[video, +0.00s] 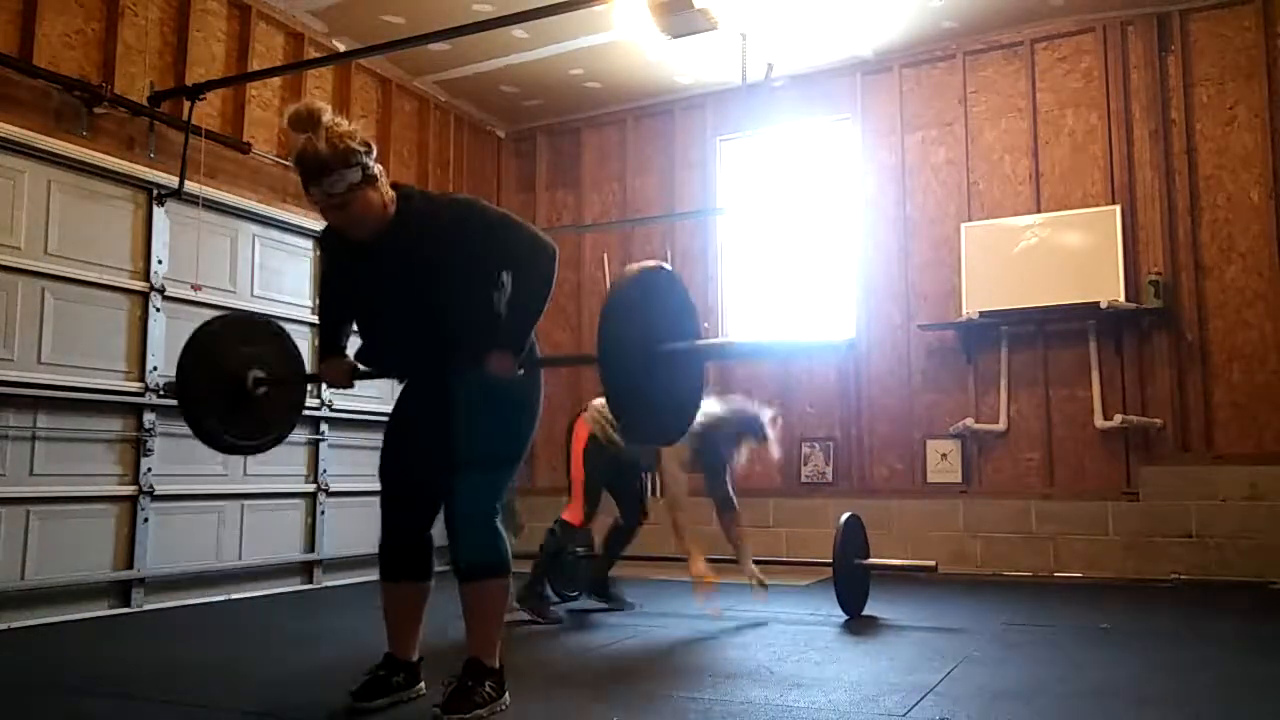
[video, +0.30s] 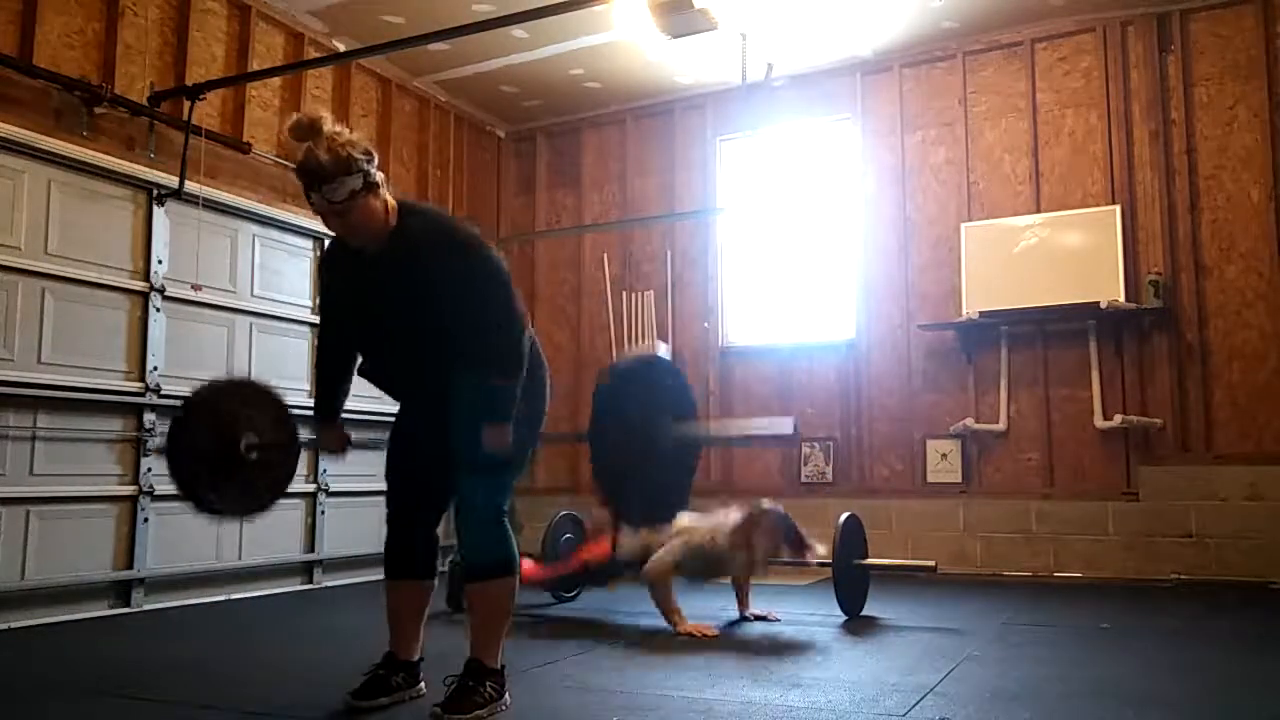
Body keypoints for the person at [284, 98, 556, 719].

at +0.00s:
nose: (335, 217)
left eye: (343, 201)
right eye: (324, 207)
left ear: (378, 182)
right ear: (317, 204)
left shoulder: (450, 219)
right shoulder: (338, 248)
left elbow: (538, 254)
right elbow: (334, 311)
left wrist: (512, 342)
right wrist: (331, 356)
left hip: (493, 377)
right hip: (423, 386)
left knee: (472, 514)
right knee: (402, 516)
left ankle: (485, 670)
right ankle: (402, 664)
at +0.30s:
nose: (335, 220)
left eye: (344, 205)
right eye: (324, 211)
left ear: (376, 190)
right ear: (316, 211)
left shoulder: (444, 240)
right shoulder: (340, 264)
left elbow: (505, 321)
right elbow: (335, 342)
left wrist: (502, 409)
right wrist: (327, 415)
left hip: (494, 387)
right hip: (427, 395)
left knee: (481, 513)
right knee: (407, 516)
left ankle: (486, 672)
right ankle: (403, 663)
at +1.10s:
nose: (363, 183)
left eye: (369, 166)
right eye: (347, 175)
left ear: (393, 146)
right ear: (330, 171)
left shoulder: (451, 194)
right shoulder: (345, 226)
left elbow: (525, 259)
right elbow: (336, 301)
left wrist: (502, 347)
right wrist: (327, 365)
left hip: (494, 371)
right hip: (425, 377)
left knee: (477, 515)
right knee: (404, 514)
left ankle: (486, 670)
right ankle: (403, 663)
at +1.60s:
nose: (325, 239)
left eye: (332, 224)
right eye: (316, 228)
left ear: (369, 205)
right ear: (313, 224)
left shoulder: (437, 253)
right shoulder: (332, 277)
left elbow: (491, 342)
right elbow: (328, 359)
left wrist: (491, 430)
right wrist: (318, 438)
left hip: (494, 393)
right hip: (422, 401)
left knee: (479, 517)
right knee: (402, 517)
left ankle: (485, 669)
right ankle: (403, 662)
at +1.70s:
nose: (326, 281)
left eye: (335, 263)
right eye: (317, 267)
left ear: (369, 246)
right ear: (311, 263)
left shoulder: (442, 293)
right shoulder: (330, 314)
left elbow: (482, 393)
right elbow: (321, 400)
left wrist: (482, 482)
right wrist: (310, 484)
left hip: (500, 409)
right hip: (422, 419)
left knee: (475, 515)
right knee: (394, 514)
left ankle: (485, 670)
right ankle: (401, 664)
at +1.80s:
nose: (329, 318)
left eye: (338, 301)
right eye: (319, 305)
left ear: (372, 283)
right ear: (310, 300)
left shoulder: (444, 331)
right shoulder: (330, 350)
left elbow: (472, 441)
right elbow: (318, 440)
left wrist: (479, 532)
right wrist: (305, 528)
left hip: (505, 433)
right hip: (423, 443)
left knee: (463, 534)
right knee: (382, 515)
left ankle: (483, 672)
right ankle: (400, 665)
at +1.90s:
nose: (332, 351)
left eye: (341, 334)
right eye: (320, 340)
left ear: (371, 318)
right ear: (310, 338)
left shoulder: (446, 365)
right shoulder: (329, 386)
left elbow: (470, 483)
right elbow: (316, 476)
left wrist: (476, 581)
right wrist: (300, 564)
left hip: (514, 450)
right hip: (427, 459)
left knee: (448, 532)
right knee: (369, 519)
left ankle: (482, 674)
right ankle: (399, 666)